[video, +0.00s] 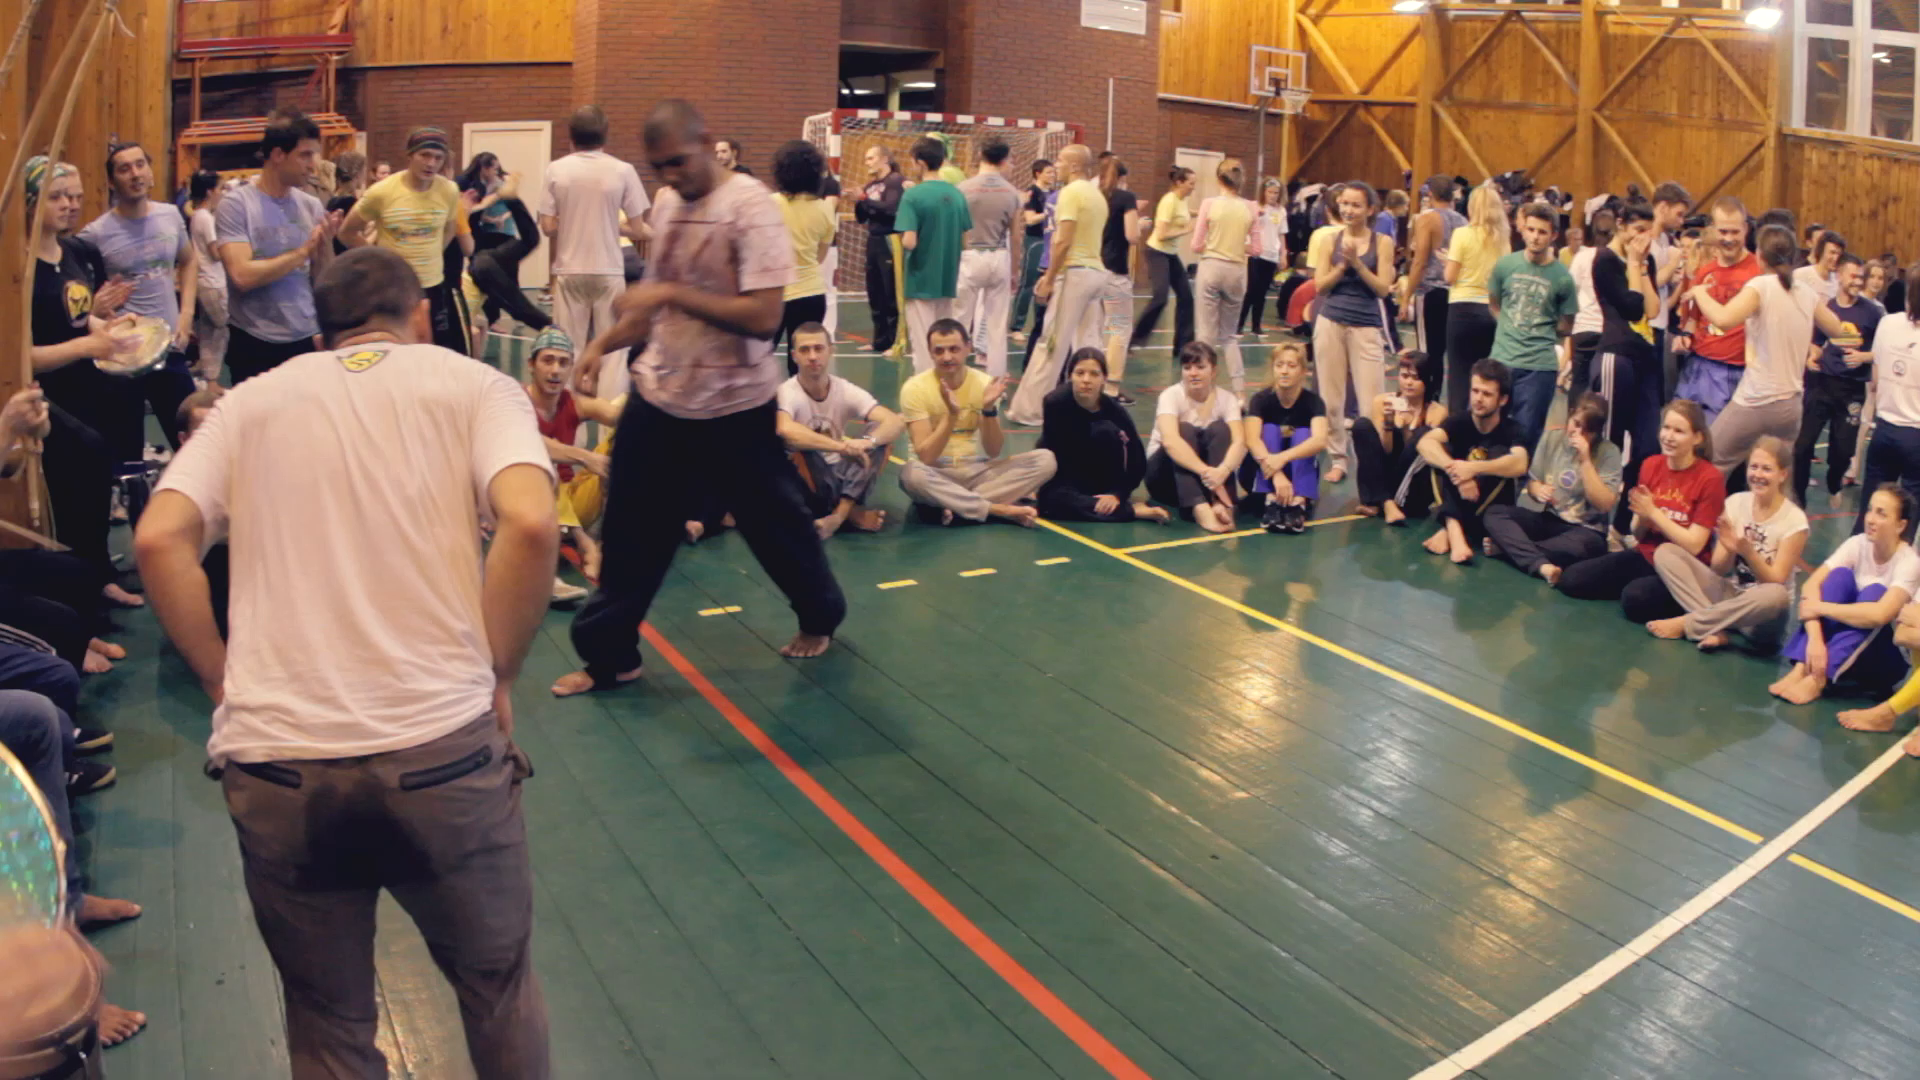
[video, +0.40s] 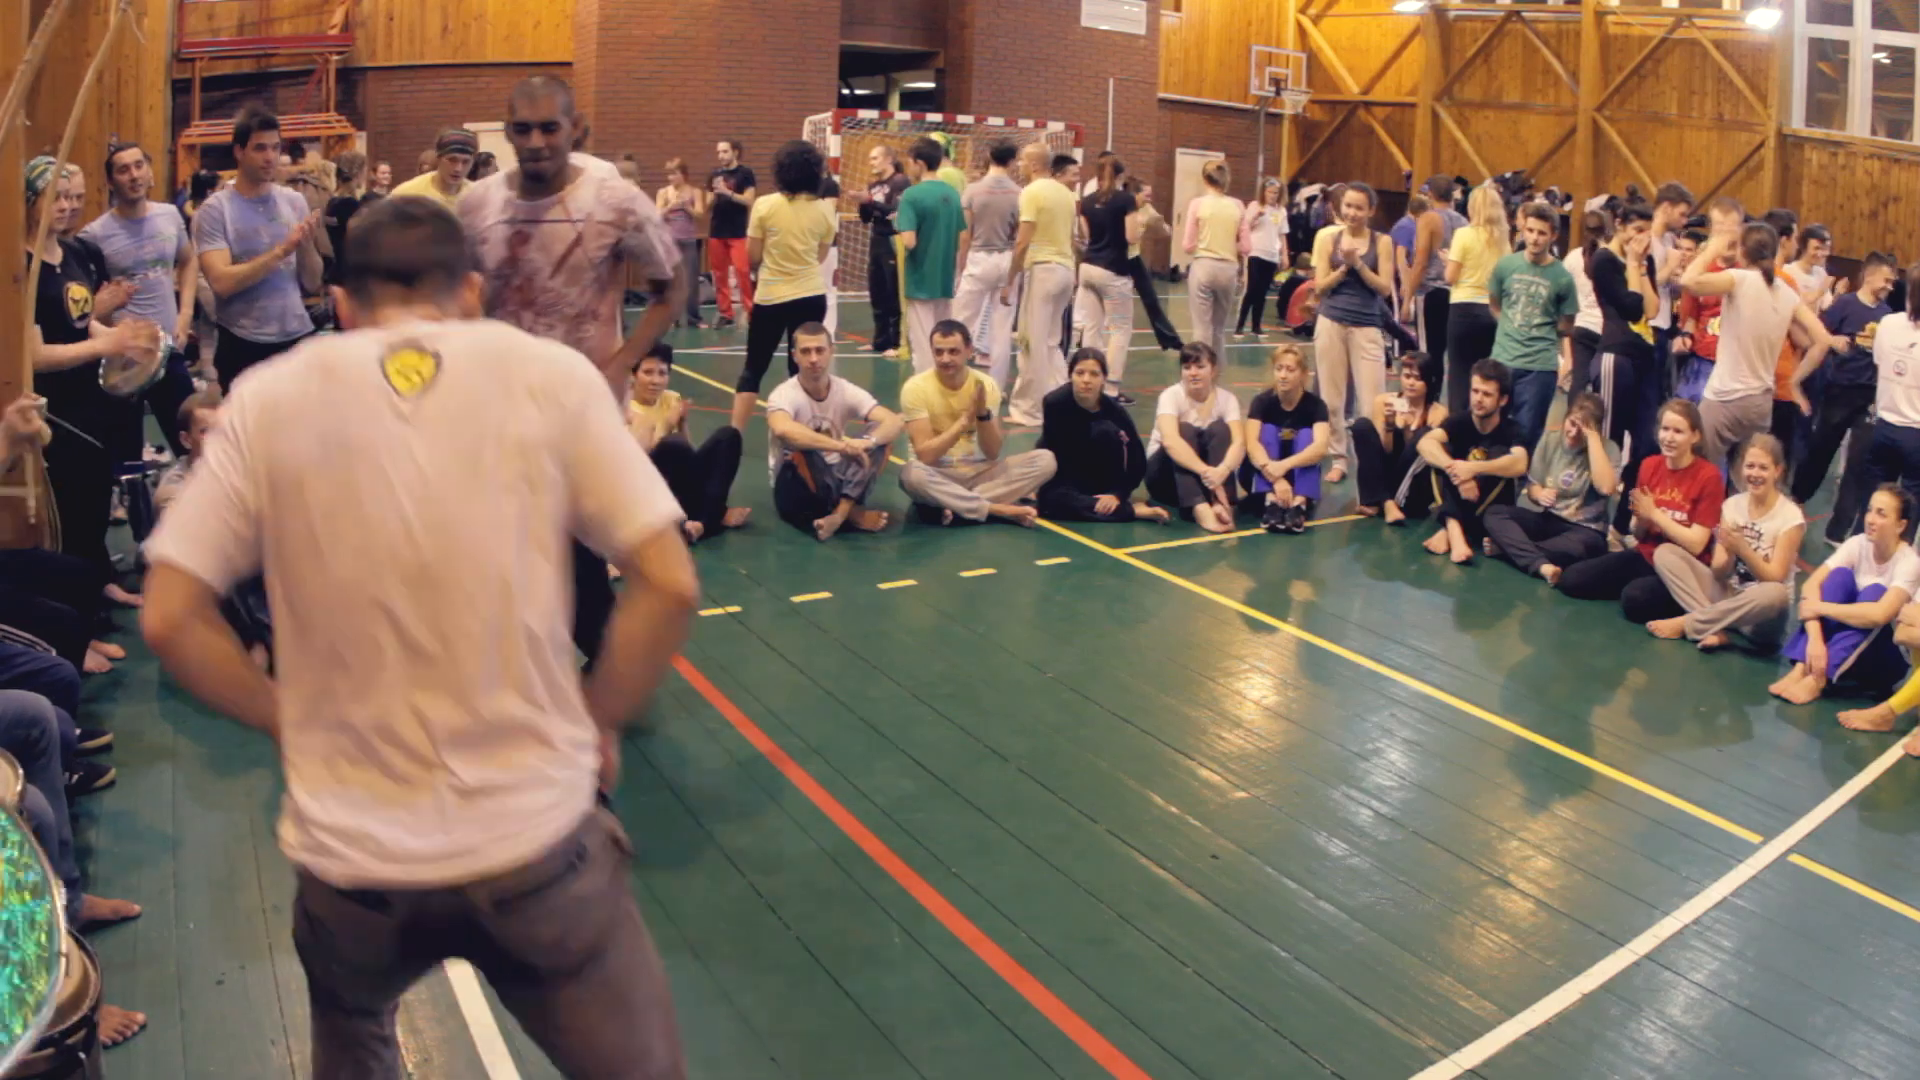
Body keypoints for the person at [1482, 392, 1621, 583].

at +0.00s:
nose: (1578, 433)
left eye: (1587, 430)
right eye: (1576, 424)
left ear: (1597, 431)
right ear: (1570, 415)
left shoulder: (1609, 453)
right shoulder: (1551, 438)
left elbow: (1605, 504)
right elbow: (1532, 481)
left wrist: (1585, 460)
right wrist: (1536, 489)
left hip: (1580, 528)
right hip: (1542, 516)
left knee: (1581, 546)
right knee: (1494, 513)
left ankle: (1509, 550)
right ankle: (1539, 566)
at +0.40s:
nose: (1573, 433)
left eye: (1581, 429)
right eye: (1572, 424)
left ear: (1594, 431)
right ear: (1565, 418)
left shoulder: (1608, 449)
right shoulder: (1550, 439)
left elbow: (1606, 488)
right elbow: (1532, 485)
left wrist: (1592, 437)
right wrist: (1539, 493)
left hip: (1579, 528)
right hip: (1540, 517)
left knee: (1589, 544)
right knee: (1494, 513)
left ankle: (1510, 550)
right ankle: (1539, 565)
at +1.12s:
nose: (1569, 417)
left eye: (1578, 412)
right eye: (1566, 409)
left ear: (1592, 417)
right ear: (1560, 411)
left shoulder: (1603, 451)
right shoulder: (1548, 440)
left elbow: (1608, 504)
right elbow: (1530, 488)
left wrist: (1611, 454)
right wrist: (1536, 493)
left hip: (1578, 528)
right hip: (1541, 518)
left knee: (1576, 548)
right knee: (1494, 514)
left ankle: (1508, 549)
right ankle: (1539, 566)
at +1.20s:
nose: (1568, 418)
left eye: (1576, 412)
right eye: (1565, 410)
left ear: (1591, 417)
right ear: (1559, 412)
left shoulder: (1605, 454)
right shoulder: (1548, 440)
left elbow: (1608, 508)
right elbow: (1530, 487)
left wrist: (1608, 467)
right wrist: (1536, 493)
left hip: (1580, 529)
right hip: (1542, 518)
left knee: (1575, 549)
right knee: (1494, 514)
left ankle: (1509, 549)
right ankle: (1539, 565)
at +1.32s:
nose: (1568, 420)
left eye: (1576, 415)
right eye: (1564, 412)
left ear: (1591, 419)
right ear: (1559, 413)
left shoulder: (1608, 456)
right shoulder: (1548, 442)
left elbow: (1615, 511)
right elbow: (1530, 489)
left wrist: (1597, 490)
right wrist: (1534, 494)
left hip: (1582, 529)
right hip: (1544, 518)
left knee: (1574, 549)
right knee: (1494, 514)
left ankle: (1509, 549)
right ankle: (1539, 566)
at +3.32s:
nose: (1570, 419)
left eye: (1578, 413)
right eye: (1566, 412)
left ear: (1593, 418)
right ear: (1560, 414)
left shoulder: (1607, 453)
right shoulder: (1549, 442)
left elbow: (1616, 505)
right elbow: (1534, 497)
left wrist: (1588, 501)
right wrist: (1538, 488)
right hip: (1551, 518)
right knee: (1511, 531)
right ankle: (1537, 566)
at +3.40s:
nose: (1570, 419)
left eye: (1578, 412)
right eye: (1565, 411)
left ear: (1593, 417)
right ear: (1559, 414)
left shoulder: (1608, 454)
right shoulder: (1550, 443)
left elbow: (1611, 505)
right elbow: (1534, 490)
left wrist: (1573, 498)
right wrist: (1552, 491)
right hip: (1551, 519)